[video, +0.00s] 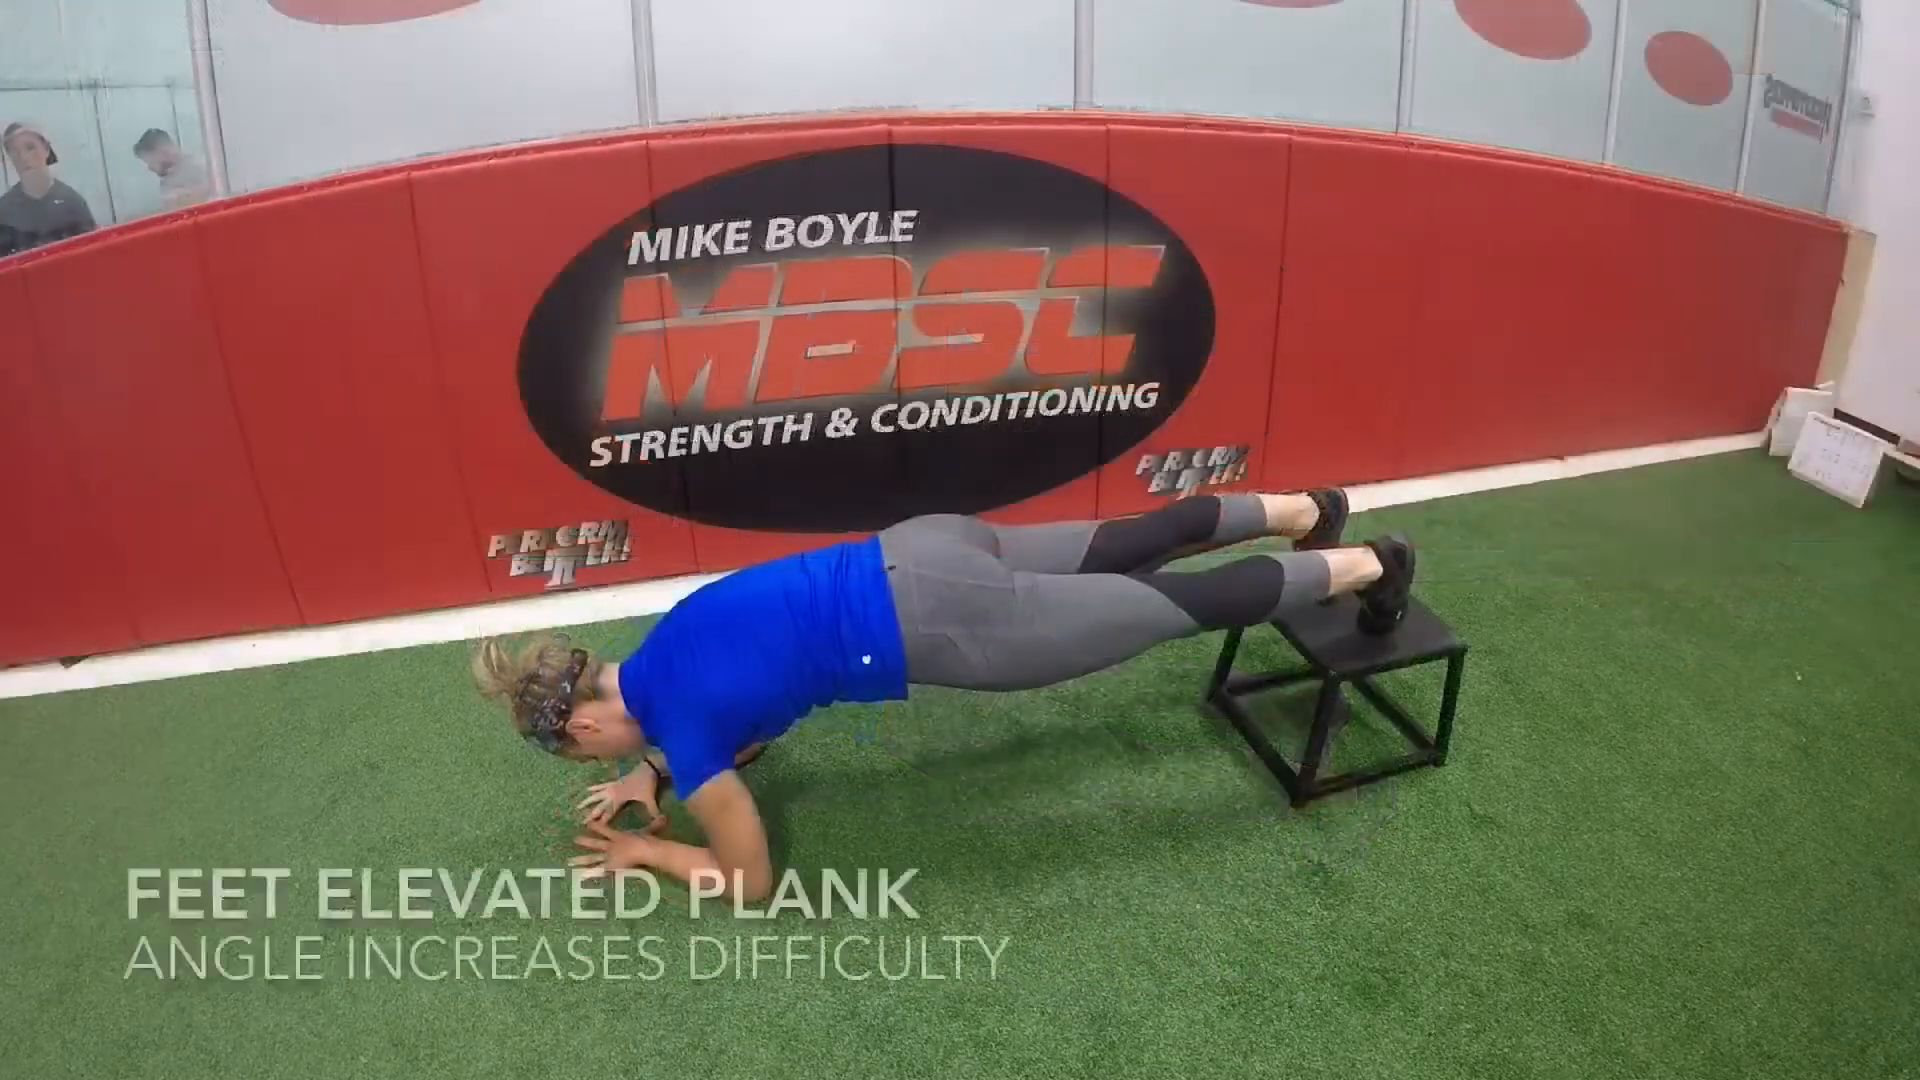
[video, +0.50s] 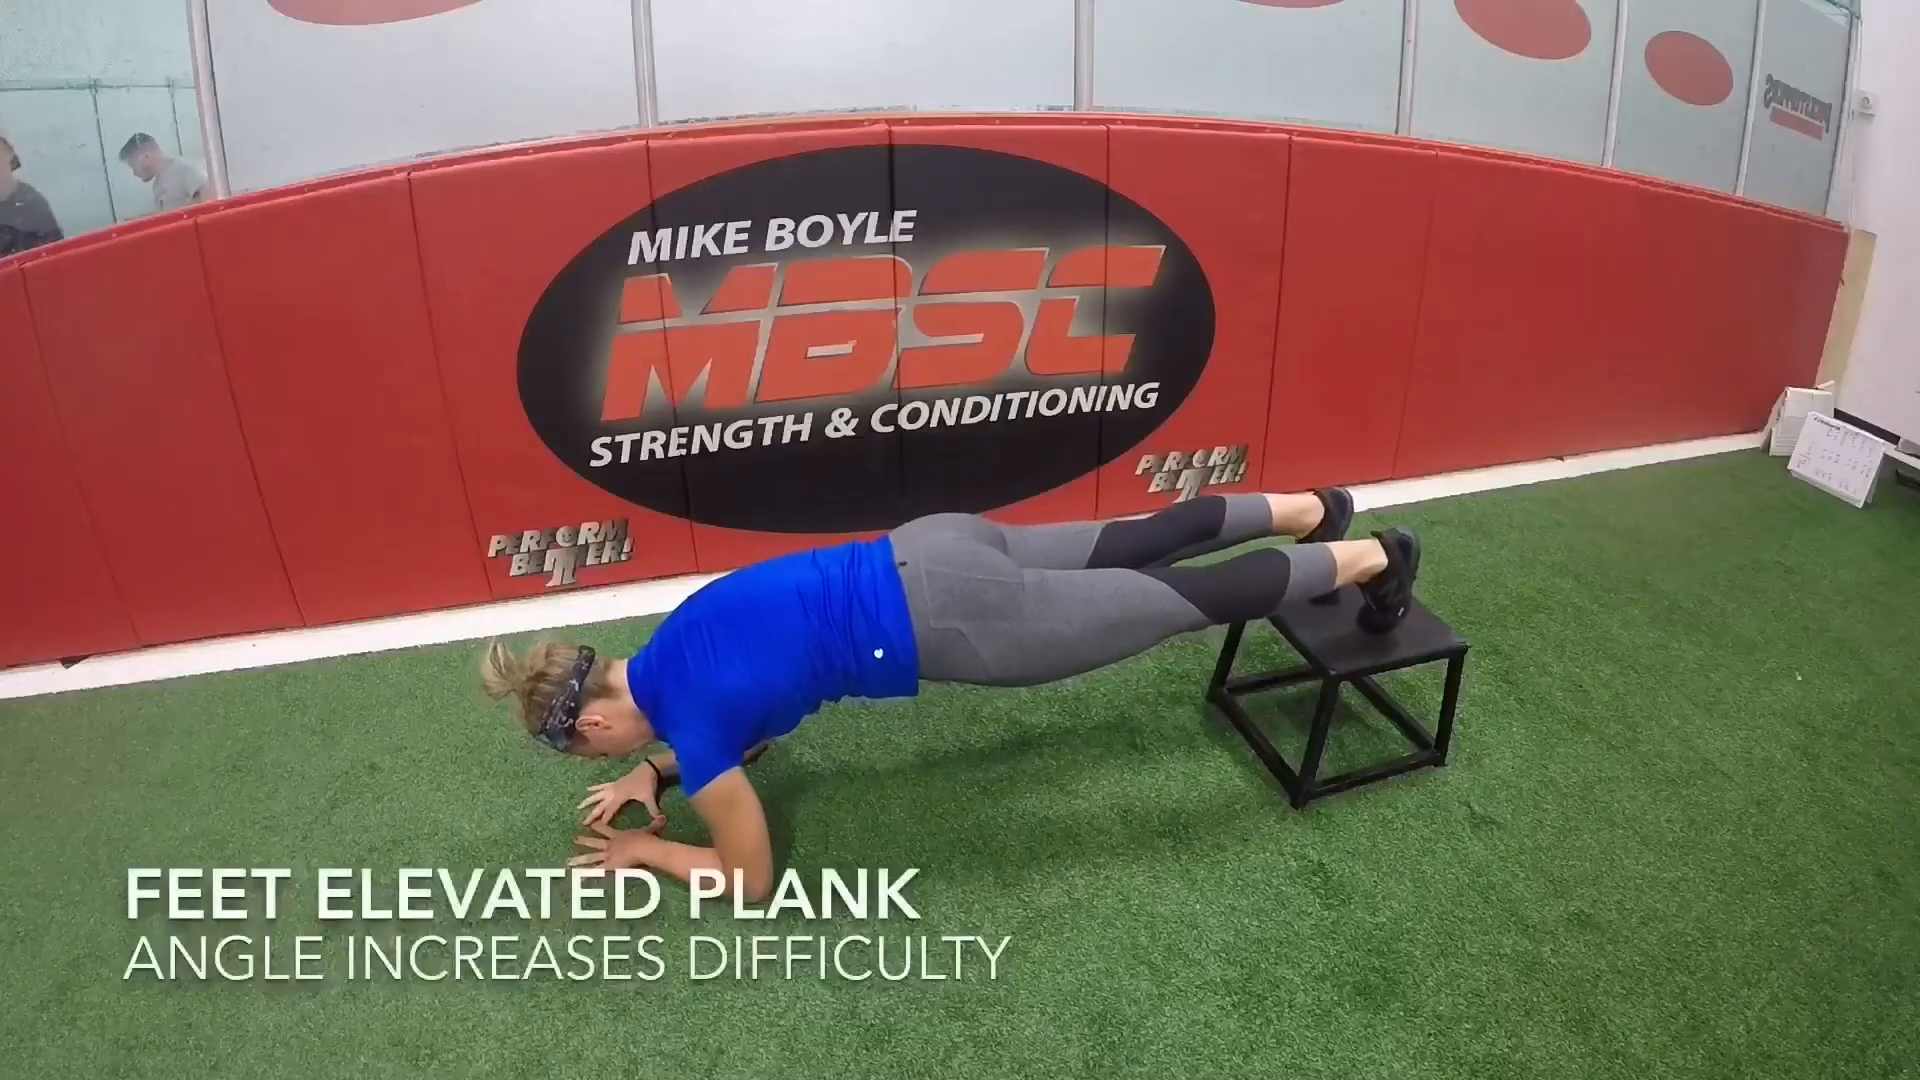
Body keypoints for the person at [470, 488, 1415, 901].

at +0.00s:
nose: (595, 754)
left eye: (579, 743)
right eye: (583, 745)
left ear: (592, 711)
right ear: (594, 672)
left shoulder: (683, 722)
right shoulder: (667, 633)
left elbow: (745, 881)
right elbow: (749, 747)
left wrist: (639, 855)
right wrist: (659, 802)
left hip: (932, 630)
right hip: (913, 537)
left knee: (1165, 608)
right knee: (1107, 545)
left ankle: (1337, 569)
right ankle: (1265, 508)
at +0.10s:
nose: (599, 754)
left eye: (583, 744)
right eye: (586, 747)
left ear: (595, 709)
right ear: (596, 672)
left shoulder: (685, 724)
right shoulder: (667, 634)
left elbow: (747, 879)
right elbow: (746, 738)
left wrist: (644, 850)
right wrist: (658, 792)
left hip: (934, 628)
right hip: (916, 538)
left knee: (1167, 609)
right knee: (1111, 545)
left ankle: (1346, 568)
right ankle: (1270, 508)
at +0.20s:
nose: (604, 753)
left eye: (587, 743)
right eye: (591, 745)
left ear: (599, 710)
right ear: (599, 672)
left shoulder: (690, 722)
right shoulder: (672, 631)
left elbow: (747, 878)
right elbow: (749, 740)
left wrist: (645, 853)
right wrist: (660, 795)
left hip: (941, 628)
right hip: (921, 539)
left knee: (1173, 608)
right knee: (1118, 544)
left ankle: (1349, 564)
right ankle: (1273, 507)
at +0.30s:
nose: (607, 753)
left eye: (591, 744)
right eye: (595, 746)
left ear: (601, 710)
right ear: (601, 673)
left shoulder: (692, 721)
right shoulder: (674, 630)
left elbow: (747, 878)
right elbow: (748, 741)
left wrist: (646, 854)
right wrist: (661, 795)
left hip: (941, 626)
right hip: (924, 540)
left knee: (1171, 608)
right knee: (1120, 544)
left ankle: (1344, 563)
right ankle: (1274, 508)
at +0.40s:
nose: (607, 754)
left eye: (592, 744)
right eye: (595, 746)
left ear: (602, 711)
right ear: (601, 674)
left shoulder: (692, 722)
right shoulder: (673, 632)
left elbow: (747, 878)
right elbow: (742, 743)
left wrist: (643, 854)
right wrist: (658, 796)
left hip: (940, 623)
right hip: (923, 539)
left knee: (1171, 605)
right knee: (1114, 544)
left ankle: (1340, 563)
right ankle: (1270, 507)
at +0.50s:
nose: (606, 753)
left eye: (590, 743)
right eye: (594, 746)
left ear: (602, 711)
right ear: (601, 674)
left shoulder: (692, 722)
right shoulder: (672, 633)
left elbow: (747, 879)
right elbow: (743, 744)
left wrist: (645, 854)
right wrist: (658, 798)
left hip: (939, 623)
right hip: (923, 538)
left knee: (1171, 605)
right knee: (1114, 543)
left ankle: (1344, 562)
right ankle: (1270, 507)